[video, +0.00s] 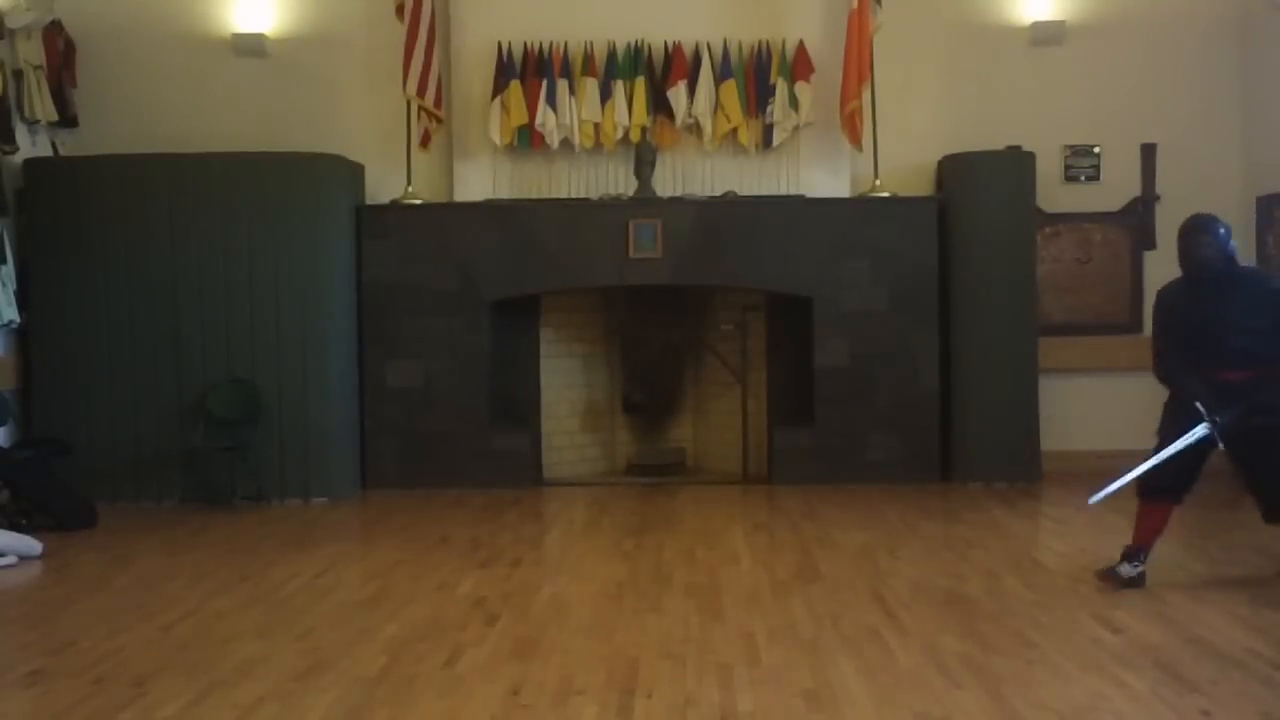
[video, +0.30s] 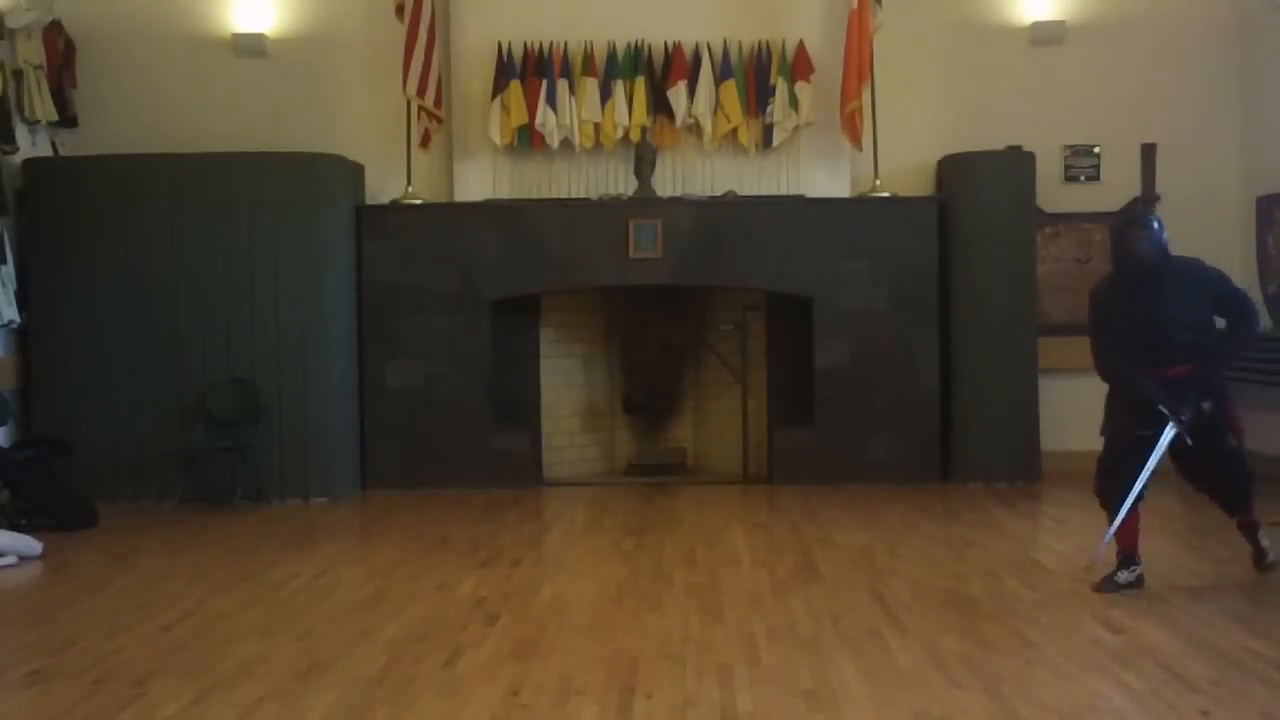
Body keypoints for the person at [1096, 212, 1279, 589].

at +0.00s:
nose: (1198, 255)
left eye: (1207, 246)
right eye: (1190, 247)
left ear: (1227, 247)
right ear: (1180, 252)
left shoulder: (1259, 290)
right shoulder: (1171, 298)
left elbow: (1273, 356)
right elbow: (1165, 363)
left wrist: (1246, 401)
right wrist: (1198, 396)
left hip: (1256, 398)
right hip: (1195, 396)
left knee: (1273, 486)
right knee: (1164, 473)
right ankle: (1134, 560)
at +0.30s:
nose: (1137, 250)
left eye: (1144, 240)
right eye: (1129, 242)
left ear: (1161, 240)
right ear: (1116, 246)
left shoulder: (1192, 276)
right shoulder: (1107, 294)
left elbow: (1245, 316)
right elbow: (1108, 363)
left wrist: (1210, 371)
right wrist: (1153, 395)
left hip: (1196, 389)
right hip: (1135, 393)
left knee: (1223, 471)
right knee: (1117, 476)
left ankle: (1254, 536)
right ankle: (1129, 564)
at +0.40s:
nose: (1124, 249)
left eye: (1131, 239)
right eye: (1115, 241)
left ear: (1147, 239)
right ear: (1103, 246)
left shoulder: (1179, 274)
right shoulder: (1093, 294)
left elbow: (1237, 306)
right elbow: (1096, 361)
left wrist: (1203, 367)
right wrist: (1147, 390)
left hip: (1180, 391)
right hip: (1121, 394)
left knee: (1204, 478)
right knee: (1108, 486)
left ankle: (1215, 547)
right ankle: (1128, 566)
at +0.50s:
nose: (1116, 250)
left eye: (1123, 240)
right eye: (1107, 242)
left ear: (1140, 239)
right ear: (1095, 246)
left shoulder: (1171, 274)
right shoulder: (1083, 293)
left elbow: (1228, 300)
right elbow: (1086, 362)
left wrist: (1193, 365)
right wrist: (1142, 389)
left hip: (1168, 398)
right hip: (1109, 401)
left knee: (1180, 487)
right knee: (1105, 490)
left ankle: (1174, 569)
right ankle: (1127, 566)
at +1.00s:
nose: (1092, 244)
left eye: (1102, 235)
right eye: (1084, 235)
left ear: (1124, 235)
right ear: (1073, 236)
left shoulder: (1155, 275)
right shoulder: (1059, 284)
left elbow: (1201, 314)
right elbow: (1049, 357)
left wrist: (1172, 372)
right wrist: (1105, 398)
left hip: (1129, 404)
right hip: (1068, 401)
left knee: (1123, 500)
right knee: (1042, 493)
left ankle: (1119, 587)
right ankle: (1076, 549)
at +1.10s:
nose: (1082, 244)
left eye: (1091, 235)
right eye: (1074, 235)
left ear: (1114, 234)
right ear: (1064, 237)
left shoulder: (1147, 274)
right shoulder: (1050, 285)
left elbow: (1192, 315)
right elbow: (1043, 358)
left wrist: (1163, 371)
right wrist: (1098, 400)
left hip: (1124, 399)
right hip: (1062, 395)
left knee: (1118, 498)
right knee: (1026, 489)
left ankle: (1116, 588)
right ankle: (1039, 571)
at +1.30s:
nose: (1065, 248)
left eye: (1073, 238)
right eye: (1055, 240)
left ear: (1091, 237)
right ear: (1040, 243)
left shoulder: (1123, 282)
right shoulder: (1026, 294)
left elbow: (1167, 323)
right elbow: (1021, 369)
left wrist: (1136, 382)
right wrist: (1080, 412)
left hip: (1104, 411)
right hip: (1041, 409)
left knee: (1115, 510)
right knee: (1005, 495)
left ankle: (1115, 592)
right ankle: (963, 589)